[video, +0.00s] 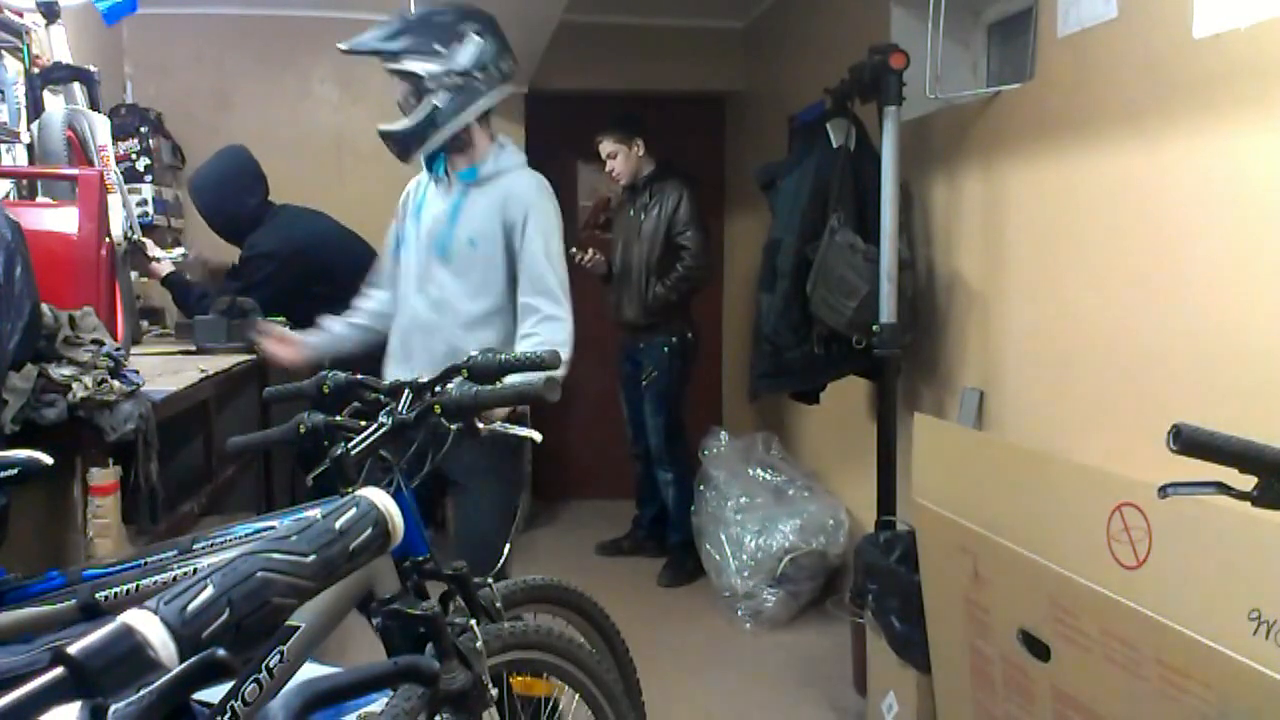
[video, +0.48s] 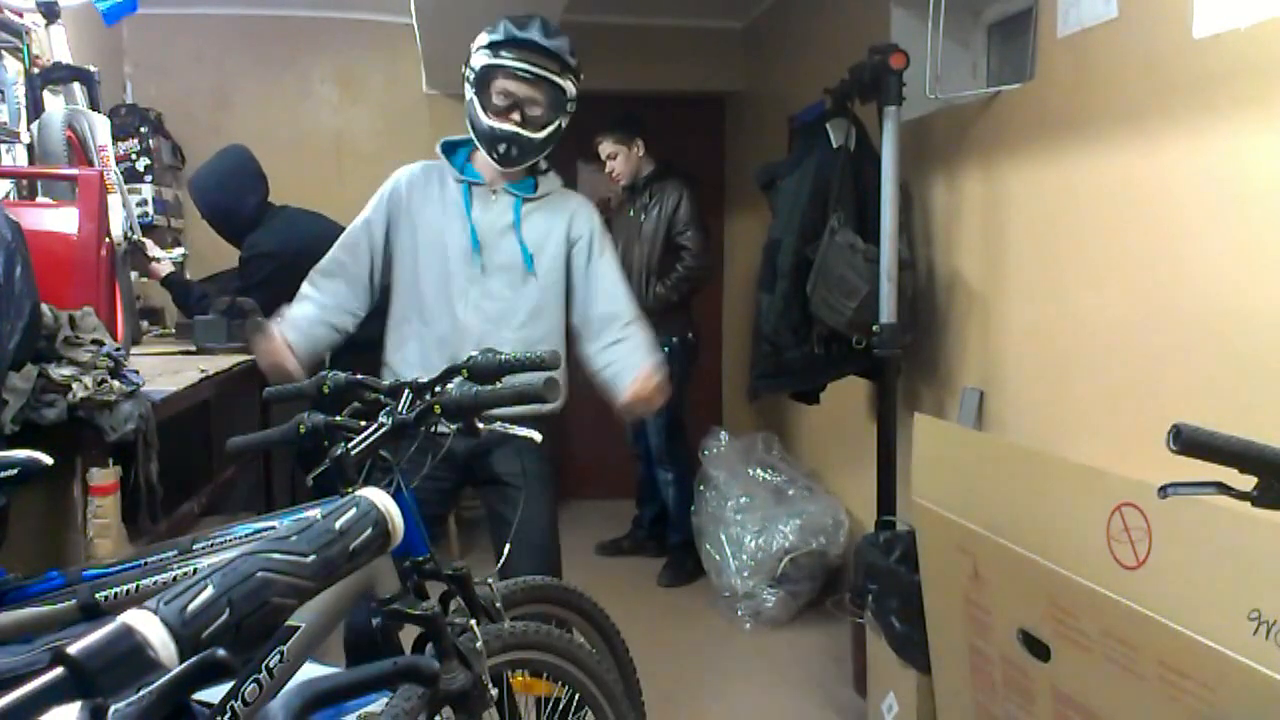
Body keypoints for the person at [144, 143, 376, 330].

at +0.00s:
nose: (211, 223)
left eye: (209, 212)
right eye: (206, 214)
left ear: (225, 207)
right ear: (254, 191)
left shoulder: (268, 249)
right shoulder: (294, 219)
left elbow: (221, 319)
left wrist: (167, 276)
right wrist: (218, 274)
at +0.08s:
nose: (211, 221)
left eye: (211, 211)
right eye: (207, 213)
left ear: (227, 206)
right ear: (255, 191)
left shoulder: (268, 249)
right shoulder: (293, 219)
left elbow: (219, 319)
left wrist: (165, 273)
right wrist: (226, 280)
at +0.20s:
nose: (210, 221)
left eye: (210, 212)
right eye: (207, 212)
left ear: (226, 208)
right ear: (254, 190)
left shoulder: (268, 250)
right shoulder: (290, 220)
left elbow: (228, 327)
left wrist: (167, 276)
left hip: (363, 359)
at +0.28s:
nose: (210, 223)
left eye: (210, 213)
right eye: (207, 215)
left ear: (228, 207)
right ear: (253, 190)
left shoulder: (266, 250)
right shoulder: (290, 221)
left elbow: (231, 321)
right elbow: (244, 291)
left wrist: (168, 277)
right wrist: (176, 279)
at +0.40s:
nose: (209, 221)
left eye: (209, 212)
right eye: (206, 212)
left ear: (224, 209)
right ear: (252, 191)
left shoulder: (266, 249)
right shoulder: (291, 221)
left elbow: (228, 318)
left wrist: (166, 276)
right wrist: (173, 276)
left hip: (365, 349)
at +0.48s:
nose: (209, 222)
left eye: (209, 212)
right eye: (206, 214)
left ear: (226, 207)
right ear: (255, 191)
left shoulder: (264, 249)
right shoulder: (295, 220)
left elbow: (233, 324)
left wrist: (167, 277)